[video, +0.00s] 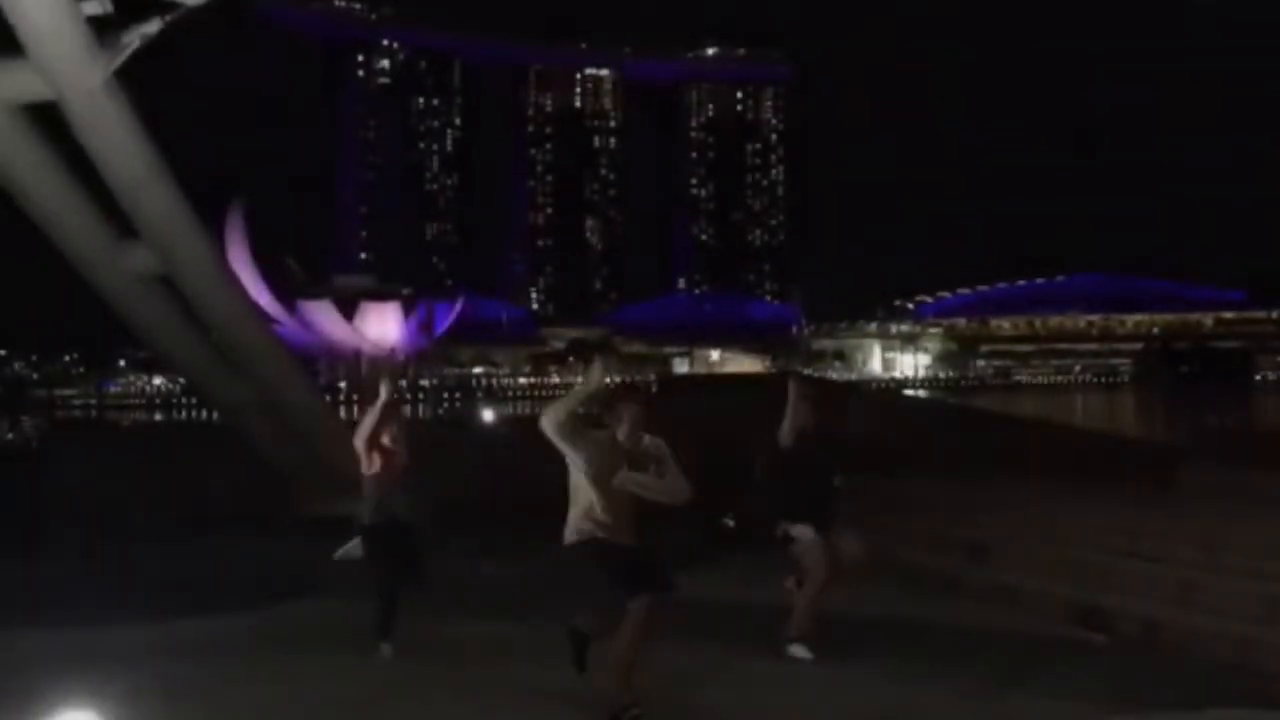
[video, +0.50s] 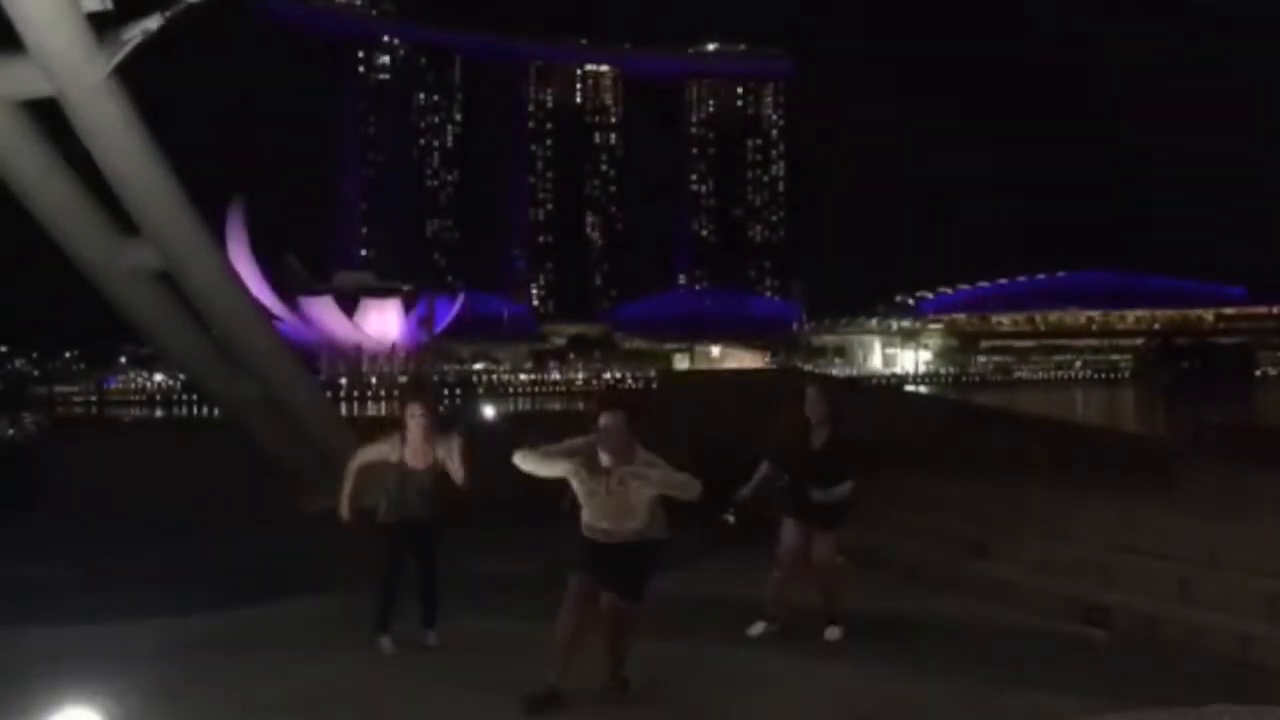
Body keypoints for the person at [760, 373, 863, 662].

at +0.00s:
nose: (804, 417)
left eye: (806, 410)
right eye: (798, 411)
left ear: (812, 414)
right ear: (790, 416)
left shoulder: (820, 446)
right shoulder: (786, 451)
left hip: (820, 514)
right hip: (796, 516)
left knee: (848, 555)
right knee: (816, 570)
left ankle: (801, 584)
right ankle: (796, 636)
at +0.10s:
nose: (804, 423)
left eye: (807, 417)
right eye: (798, 417)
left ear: (815, 420)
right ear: (789, 421)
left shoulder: (821, 450)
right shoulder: (782, 453)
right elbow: (779, 442)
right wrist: (790, 408)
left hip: (819, 517)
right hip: (789, 519)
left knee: (850, 554)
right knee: (815, 571)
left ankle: (810, 606)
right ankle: (795, 636)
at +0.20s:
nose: (808, 417)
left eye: (812, 412)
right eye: (803, 412)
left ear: (820, 414)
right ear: (795, 414)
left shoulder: (828, 439)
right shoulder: (788, 440)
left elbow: (851, 471)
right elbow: (769, 451)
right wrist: (791, 420)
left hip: (826, 511)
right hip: (793, 513)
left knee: (840, 557)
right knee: (808, 566)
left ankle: (823, 611)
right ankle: (795, 635)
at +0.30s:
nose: (811, 407)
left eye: (815, 401)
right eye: (806, 401)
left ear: (824, 404)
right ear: (798, 404)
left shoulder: (835, 431)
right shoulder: (788, 429)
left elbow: (854, 461)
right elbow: (768, 463)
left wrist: (856, 483)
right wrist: (795, 460)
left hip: (829, 506)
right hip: (794, 507)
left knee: (829, 564)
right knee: (796, 569)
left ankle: (833, 621)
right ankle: (795, 631)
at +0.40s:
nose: (811, 406)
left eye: (817, 400)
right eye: (807, 400)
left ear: (828, 402)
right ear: (802, 402)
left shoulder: (842, 433)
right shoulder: (793, 431)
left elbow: (857, 475)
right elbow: (775, 469)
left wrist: (855, 507)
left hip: (829, 507)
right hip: (794, 506)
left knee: (827, 564)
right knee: (790, 565)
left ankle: (833, 621)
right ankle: (778, 623)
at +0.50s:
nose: (810, 408)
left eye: (816, 403)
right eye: (807, 402)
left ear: (828, 407)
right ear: (803, 406)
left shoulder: (841, 442)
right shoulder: (795, 436)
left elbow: (849, 485)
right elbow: (769, 466)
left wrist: (822, 495)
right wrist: (748, 490)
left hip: (827, 511)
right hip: (795, 507)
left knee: (824, 562)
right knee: (784, 561)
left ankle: (832, 620)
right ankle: (772, 618)